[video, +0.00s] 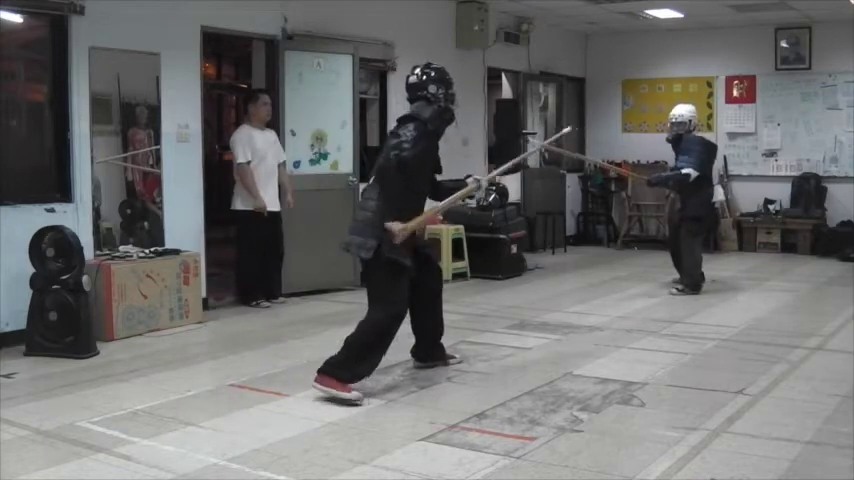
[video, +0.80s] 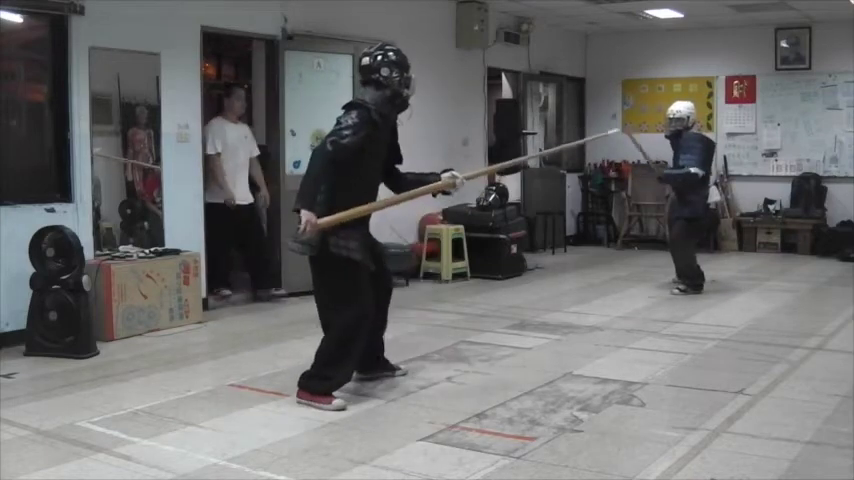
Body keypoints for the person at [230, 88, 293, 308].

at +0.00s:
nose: (269, 109)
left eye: (270, 105)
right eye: (264, 105)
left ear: (270, 108)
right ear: (251, 108)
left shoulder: (271, 135)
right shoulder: (241, 135)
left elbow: (280, 165)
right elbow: (242, 168)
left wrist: (287, 190)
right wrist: (257, 198)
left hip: (271, 206)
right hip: (249, 208)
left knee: (274, 252)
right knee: (251, 253)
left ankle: (272, 292)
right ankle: (251, 295)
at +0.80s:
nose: (242, 104)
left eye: (244, 100)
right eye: (238, 100)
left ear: (244, 103)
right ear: (227, 101)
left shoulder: (245, 129)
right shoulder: (214, 127)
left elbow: (253, 162)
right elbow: (214, 162)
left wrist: (263, 187)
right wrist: (226, 190)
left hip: (244, 200)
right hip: (218, 201)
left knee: (256, 244)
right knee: (219, 248)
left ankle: (263, 287)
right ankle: (218, 287)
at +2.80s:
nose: (232, 99)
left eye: (232, 95)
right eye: (227, 95)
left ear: (232, 99)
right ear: (215, 98)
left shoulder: (233, 125)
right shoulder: (207, 123)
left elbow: (243, 156)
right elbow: (208, 158)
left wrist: (253, 181)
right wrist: (220, 186)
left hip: (237, 195)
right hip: (215, 197)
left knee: (242, 240)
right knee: (216, 243)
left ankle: (252, 280)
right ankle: (217, 285)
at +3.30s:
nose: (231, 100)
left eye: (232, 95)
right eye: (226, 95)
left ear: (233, 98)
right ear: (214, 98)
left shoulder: (235, 123)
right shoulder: (209, 123)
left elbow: (239, 153)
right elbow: (208, 155)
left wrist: (239, 177)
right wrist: (216, 183)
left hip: (233, 183)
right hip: (217, 185)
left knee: (229, 234)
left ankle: (228, 282)